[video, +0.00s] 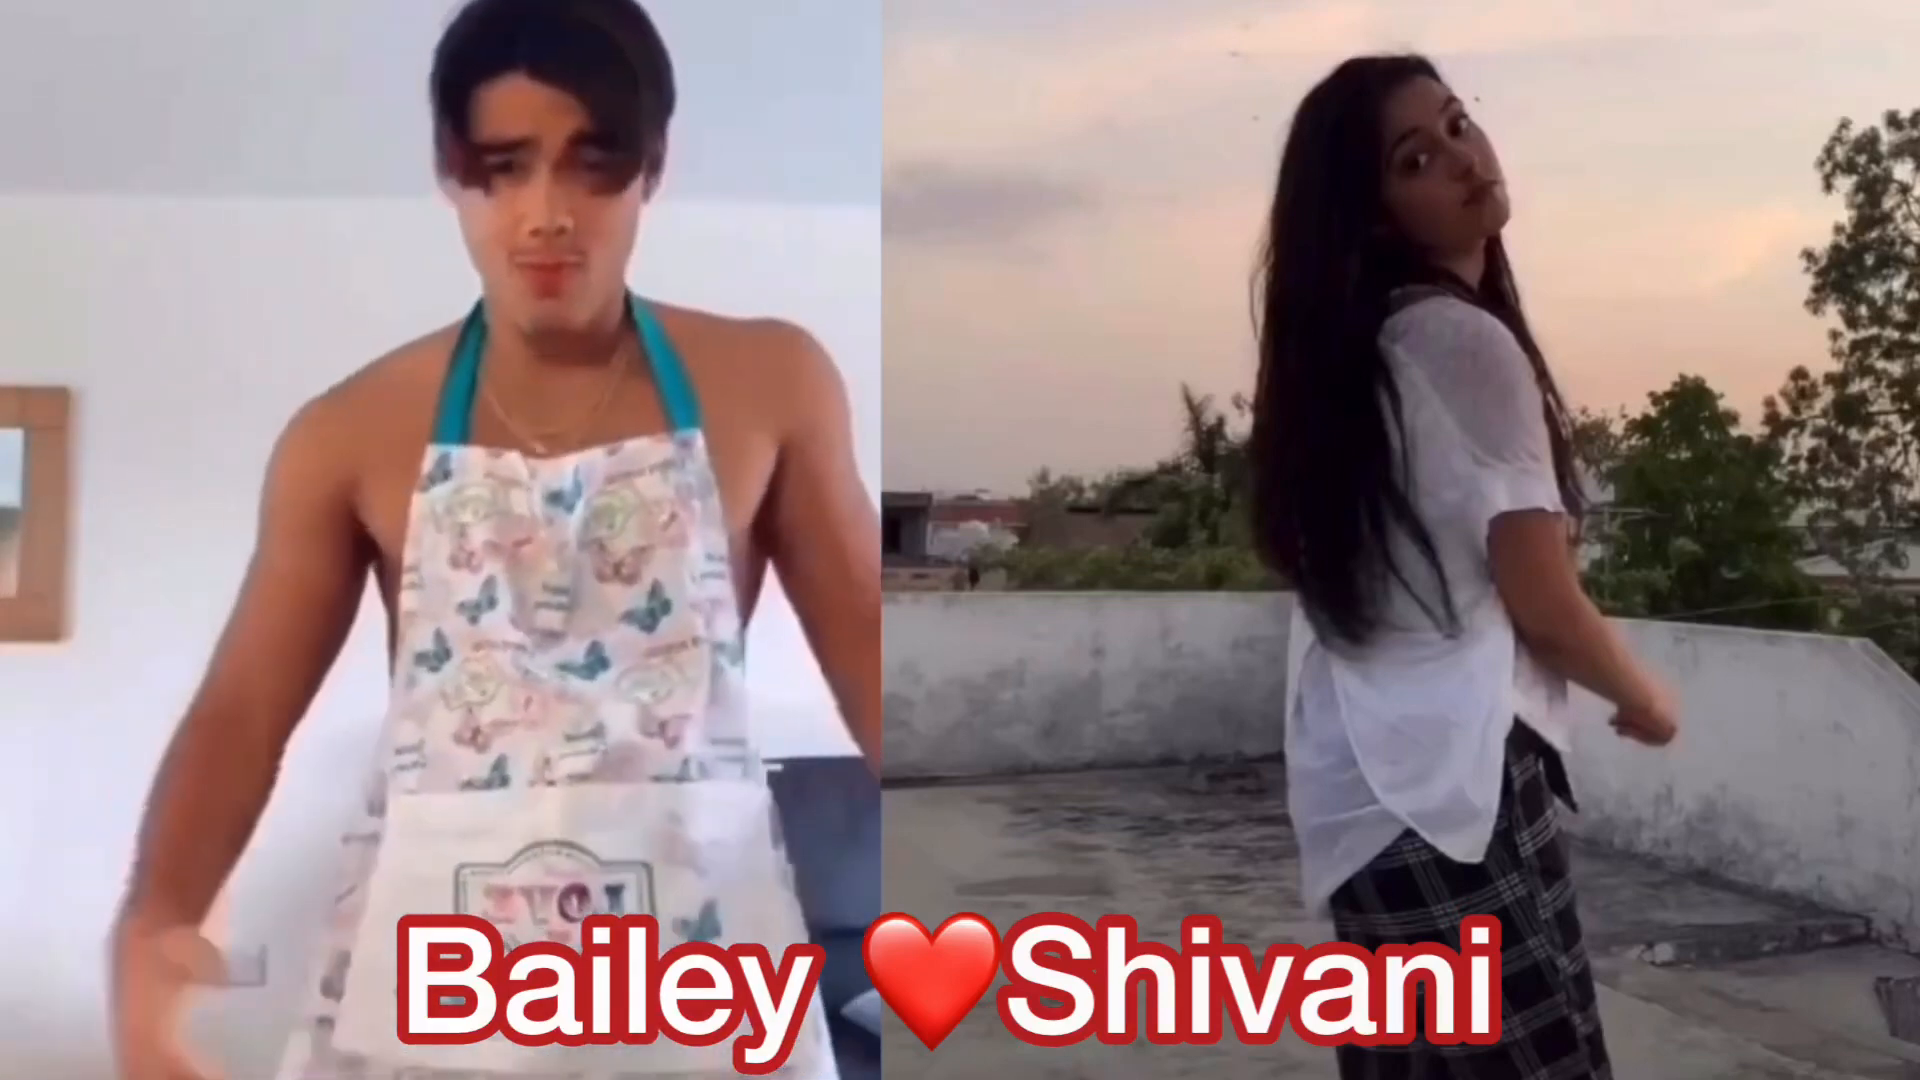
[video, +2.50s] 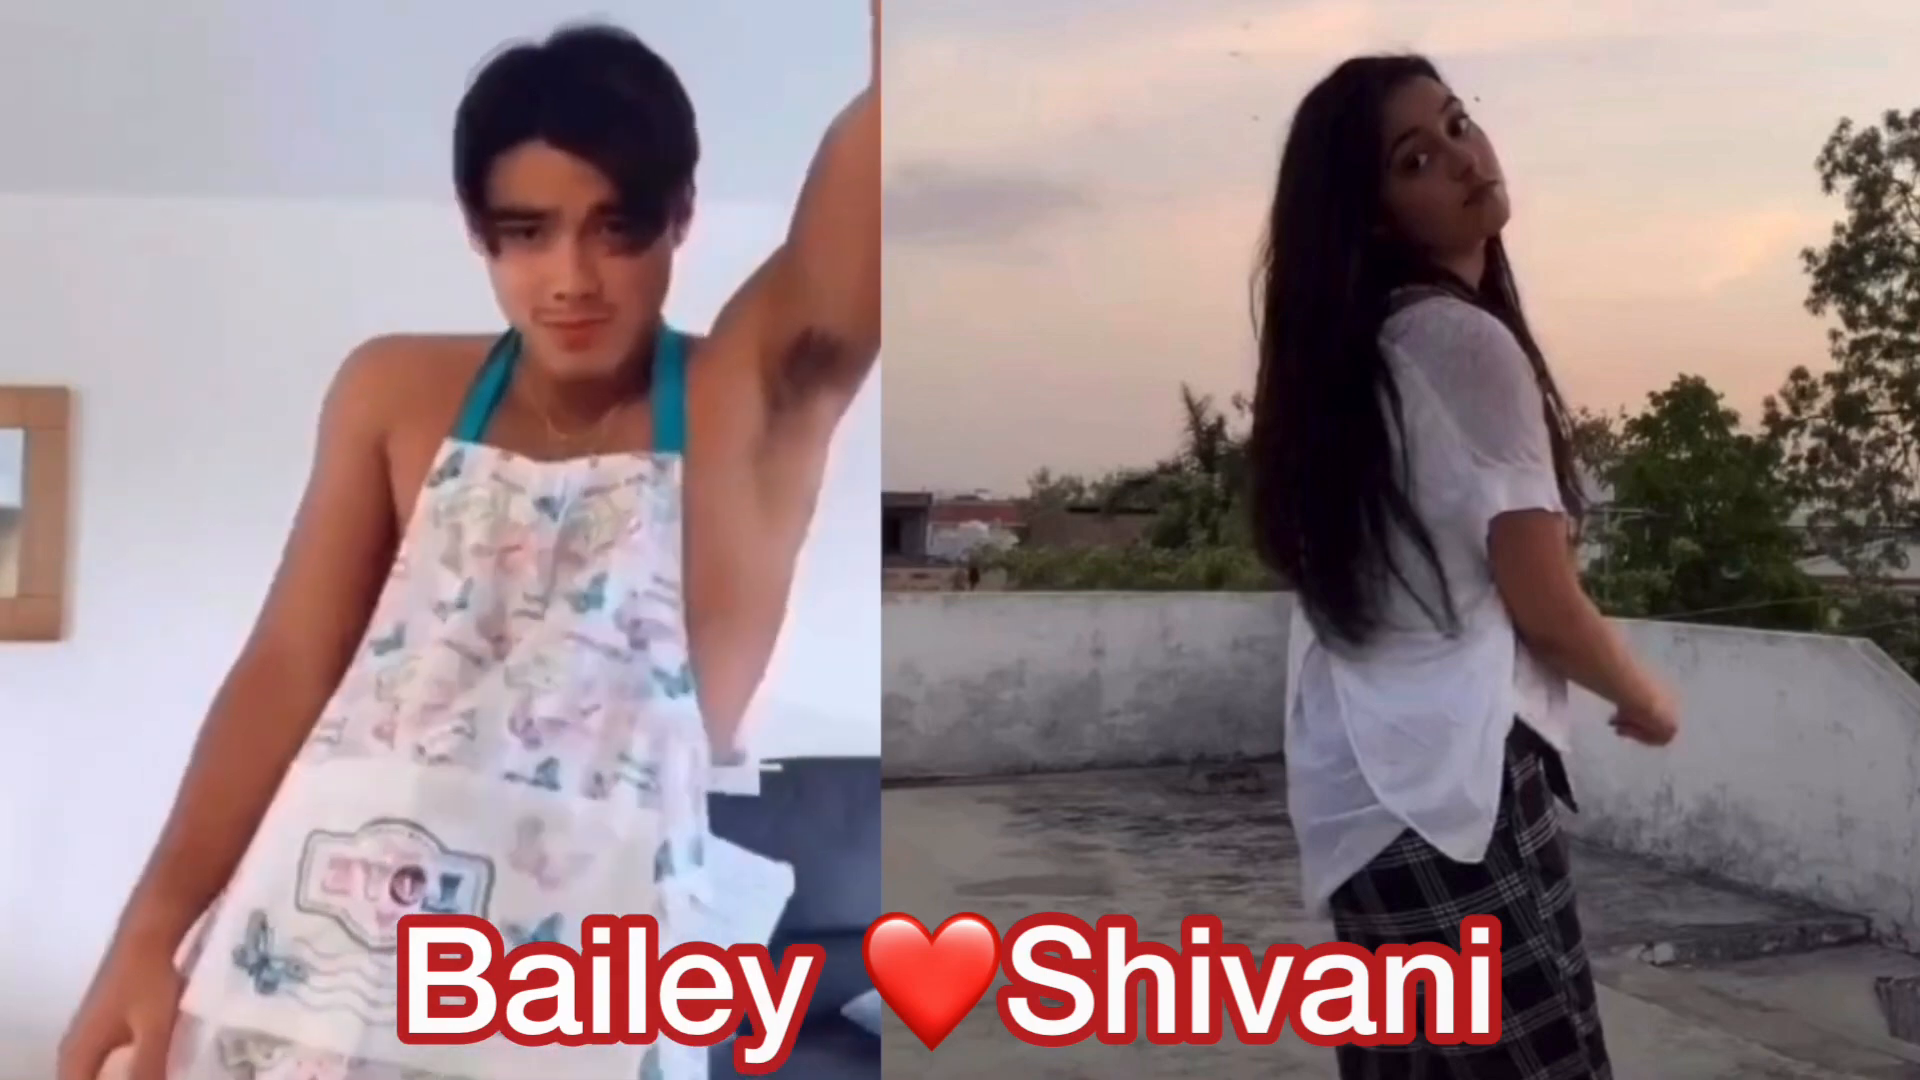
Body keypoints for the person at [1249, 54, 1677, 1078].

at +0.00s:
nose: (1467, 158)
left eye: (1459, 125)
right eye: (1418, 159)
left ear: (1480, 129)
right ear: (1370, 210)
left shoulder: (1352, 332)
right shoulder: (1464, 339)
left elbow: (1392, 565)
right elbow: (1544, 602)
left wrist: (1545, 666)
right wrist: (1643, 697)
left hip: (1361, 783)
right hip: (1451, 789)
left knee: (1396, 1056)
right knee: (1544, 1055)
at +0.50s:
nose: (1467, 158)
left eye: (1459, 125)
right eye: (1418, 158)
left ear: (1479, 128)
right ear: (1370, 210)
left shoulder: (1353, 333)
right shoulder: (1464, 339)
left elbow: (1393, 566)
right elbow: (1545, 603)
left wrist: (1546, 665)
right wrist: (1642, 697)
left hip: (1362, 783)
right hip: (1451, 789)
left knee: (1397, 1056)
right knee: (1544, 1055)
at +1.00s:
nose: (1466, 158)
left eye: (1459, 125)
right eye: (1417, 158)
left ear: (1480, 129)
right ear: (1370, 210)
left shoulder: (1353, 333)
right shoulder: (1465, 339)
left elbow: (1392, 564)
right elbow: (1545, 602)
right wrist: (1643, 697)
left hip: (1362, 783)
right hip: (1452, 789)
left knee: (1397, 1056)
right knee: (1544, 1056)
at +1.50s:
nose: (1466, 158)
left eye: (1459, 125)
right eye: (1417, 158)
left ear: (1480, 129)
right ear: (1370, 210)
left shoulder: (1353, 333)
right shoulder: (1465, 339)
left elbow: (1392, 564)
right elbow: (1545, 602)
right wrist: (1643, 697)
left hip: (1362, 783)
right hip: (1452, 789)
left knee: (1397, 1056)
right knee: (1544, 1056)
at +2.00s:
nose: (1466, 158)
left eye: (1459, 125)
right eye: (1417, 158)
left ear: (1480, 129)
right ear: (1370, 210)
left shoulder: (1354, 333)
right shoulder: (1465, 339)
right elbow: (1546, 604)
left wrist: (1561, 666)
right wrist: (1642, 696)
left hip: (1362, 783)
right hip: (1452, 789)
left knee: (1397, 1056)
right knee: (1545, 1056)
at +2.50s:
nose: (1466, 158)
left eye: (1459, 125)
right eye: (1417, 158)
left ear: (1480, 129)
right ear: (1370, 210)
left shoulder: (1352, 333)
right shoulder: (1465, 339)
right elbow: (1545, 602)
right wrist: (1643, 697)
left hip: (1361, 783)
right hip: (1453, 789)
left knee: (1396, 1056)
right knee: (1544, 1056)